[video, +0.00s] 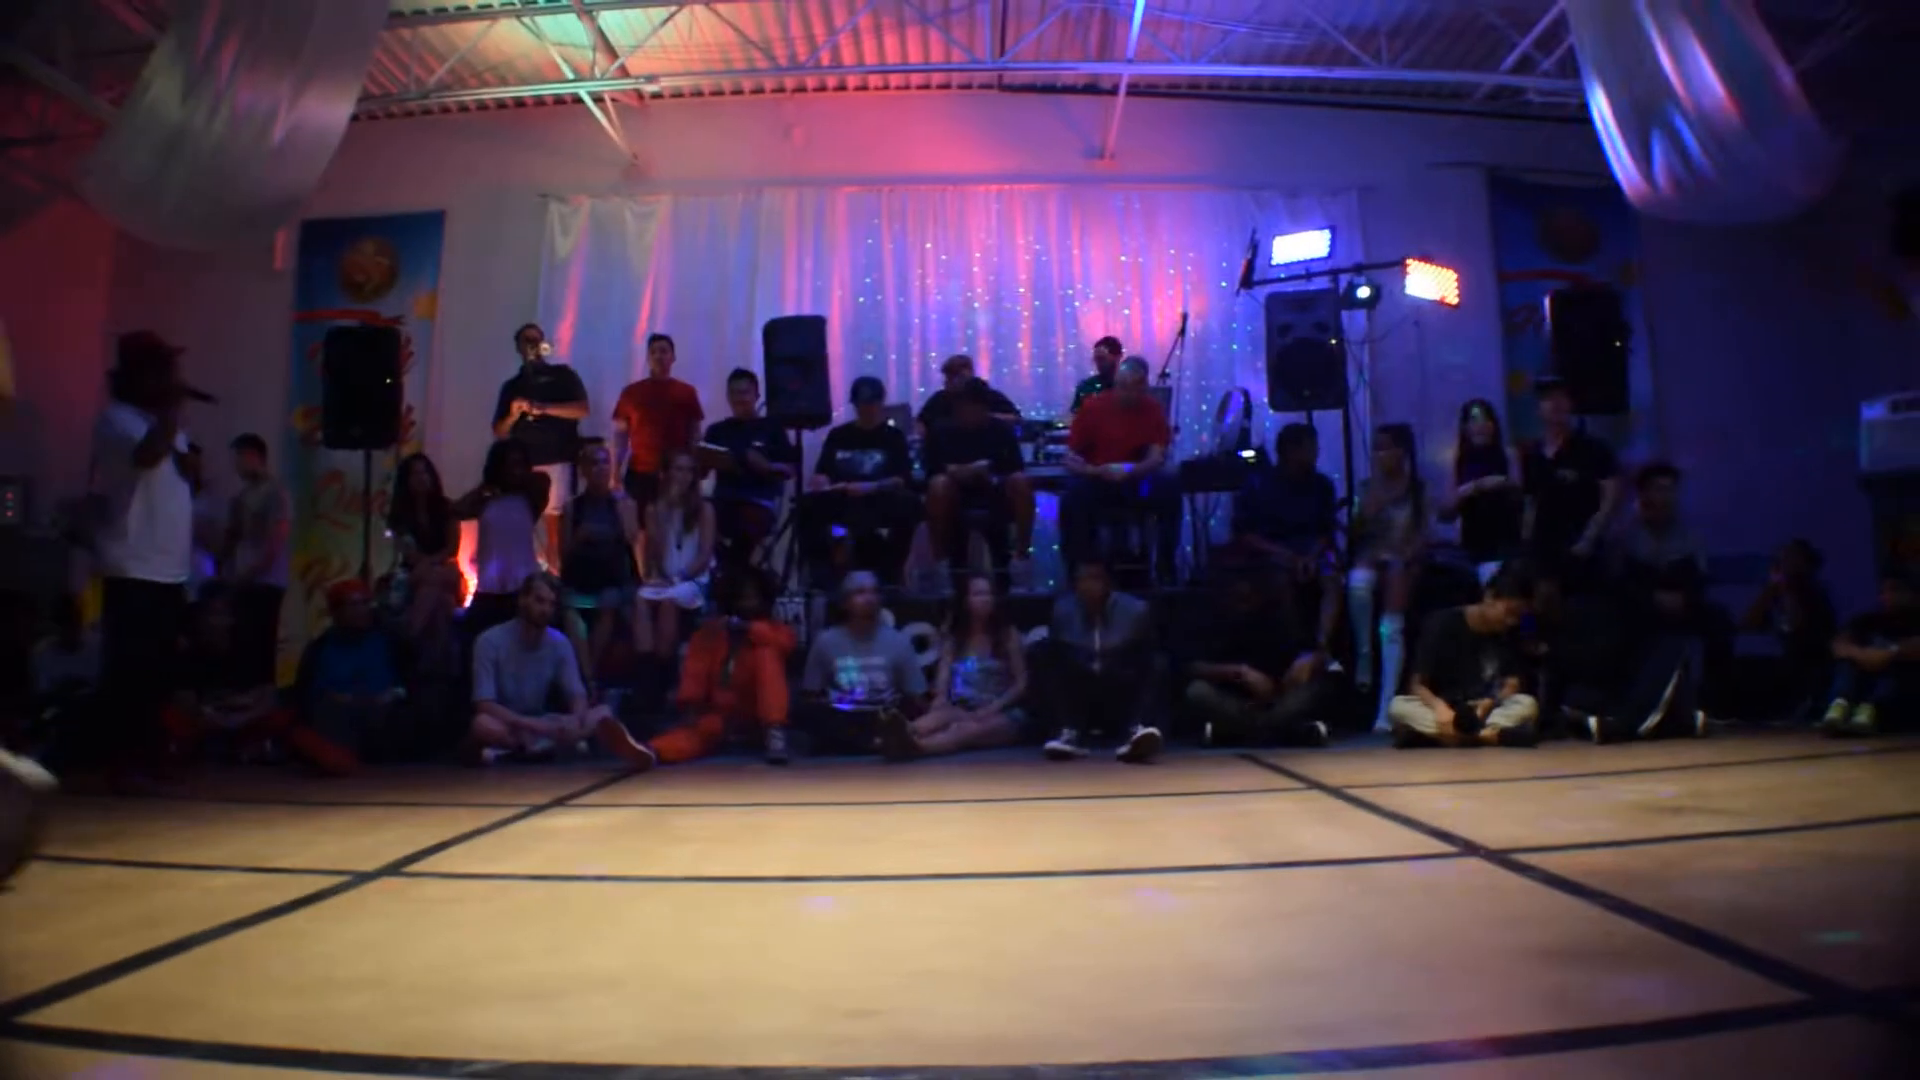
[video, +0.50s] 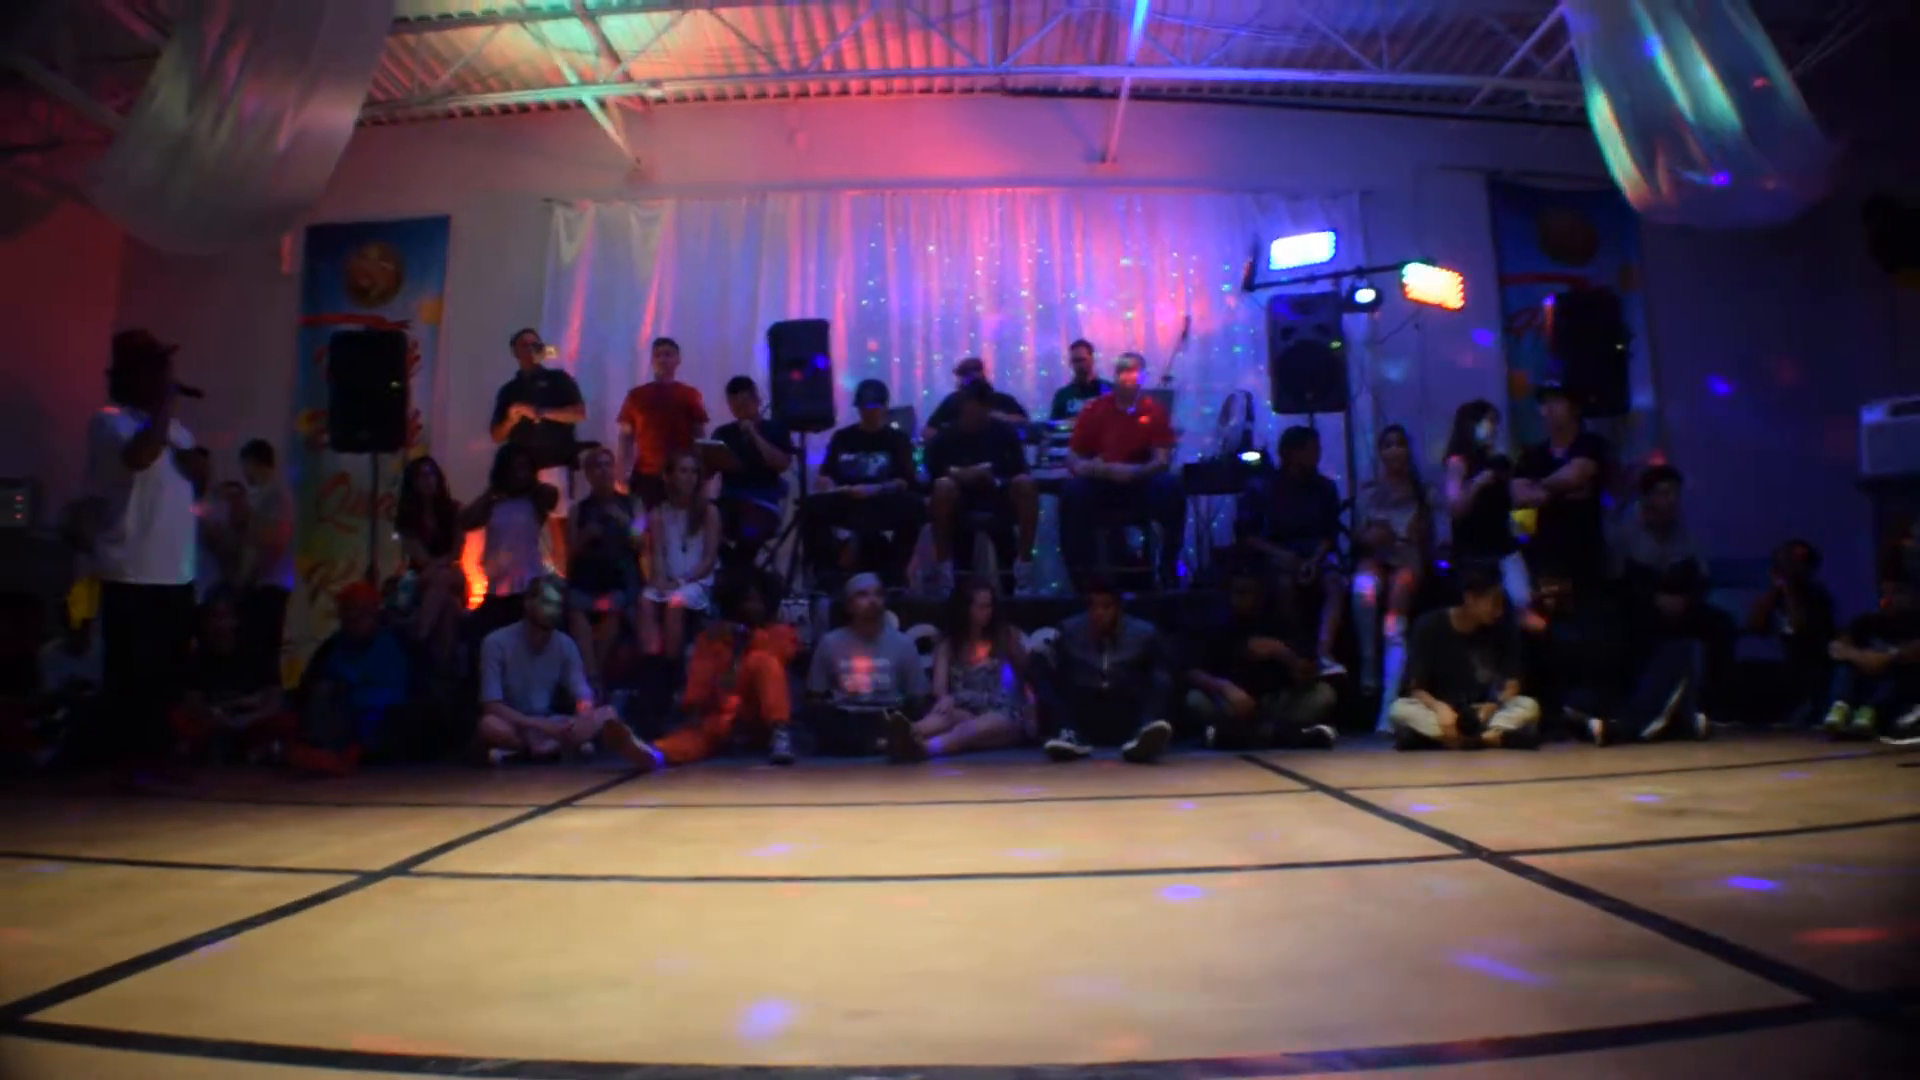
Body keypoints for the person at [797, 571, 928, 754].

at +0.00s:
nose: (868, 600)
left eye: (873, 593)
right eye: (860, 593)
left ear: (879, 598)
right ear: (846, 601)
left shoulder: (897, 642)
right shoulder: (826, 642)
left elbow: (916, 700)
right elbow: (811, 698)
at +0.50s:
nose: (872, 601)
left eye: (877, 594)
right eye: (863, 595)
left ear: (883, 600)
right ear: (850, 604)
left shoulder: (902, 644)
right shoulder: (831, 644)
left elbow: (918, 698)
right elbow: (815, 697)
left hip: (889, 722)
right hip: (843, 722)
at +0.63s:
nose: (895, 600)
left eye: (900, 594)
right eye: (886, 594)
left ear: (906, 599)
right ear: (873, 603)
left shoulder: (925, 643)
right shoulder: (853, 643)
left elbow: (941, 698)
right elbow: (837, 696)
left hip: (911, 714)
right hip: (867, 714)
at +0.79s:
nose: (890, 599)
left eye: (895, 593)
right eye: (882, 593)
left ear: (901, 599)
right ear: (868, 602)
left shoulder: (919, 641)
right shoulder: (848, 641)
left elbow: (936, 695)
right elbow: (832, 695)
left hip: (907, 710)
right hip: (863, 711)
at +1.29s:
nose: (893, 600)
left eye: (898, 594)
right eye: (885, 594)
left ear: (904, 599)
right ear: (872, 603)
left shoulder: (923, 642)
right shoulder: (851, 642)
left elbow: (942, 700)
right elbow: (836, 696)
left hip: (911, 712)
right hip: (867, 713)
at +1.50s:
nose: (894, 602)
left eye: (898, 595)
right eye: (885, 596)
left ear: (903, 600)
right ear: (870, 605)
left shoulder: (922, 643)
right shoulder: (851, 643)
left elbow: (940, 699)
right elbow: (834, 698)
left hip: (909, 715)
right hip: (866, 715)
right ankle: (900, 744)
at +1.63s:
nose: (891, 602)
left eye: (895, 596)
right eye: (882, 596)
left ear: (901, 601)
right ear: (869, 605)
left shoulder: (920, 644)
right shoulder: (848, 644)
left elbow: (939, 700)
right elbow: (831, 698)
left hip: (909, 715)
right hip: (863, 716)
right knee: (833, 717)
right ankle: (897, 744)